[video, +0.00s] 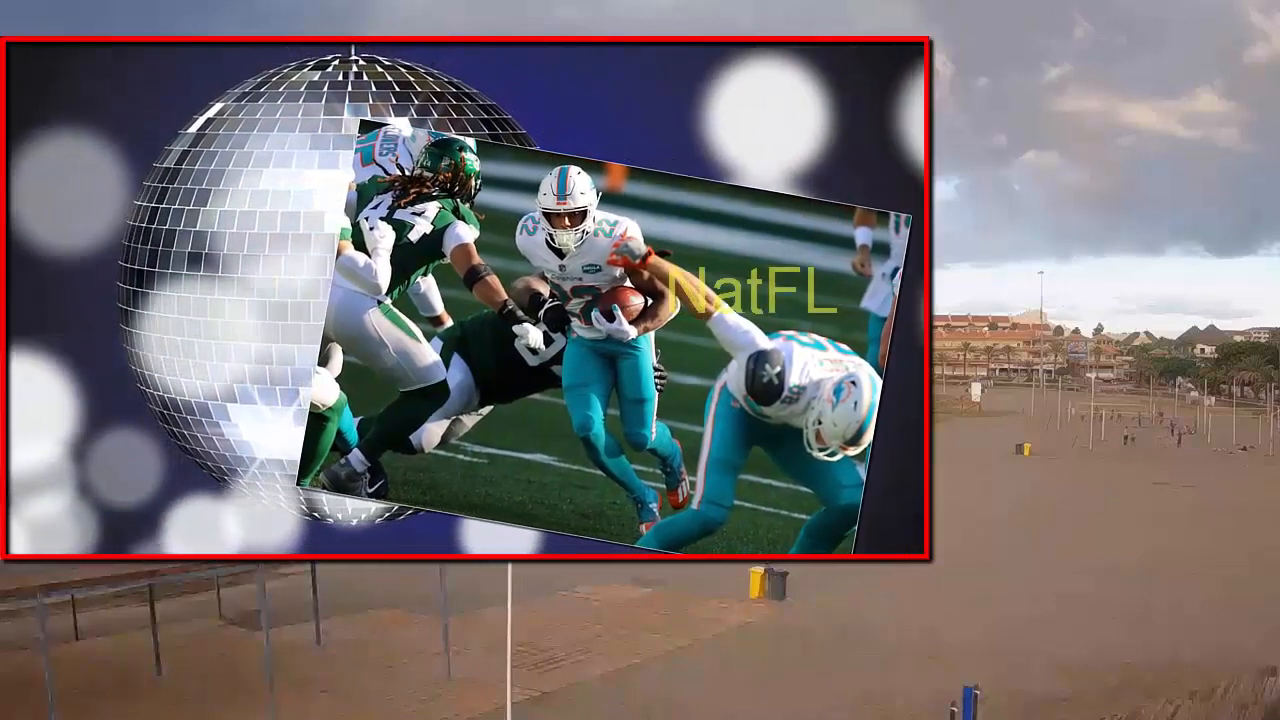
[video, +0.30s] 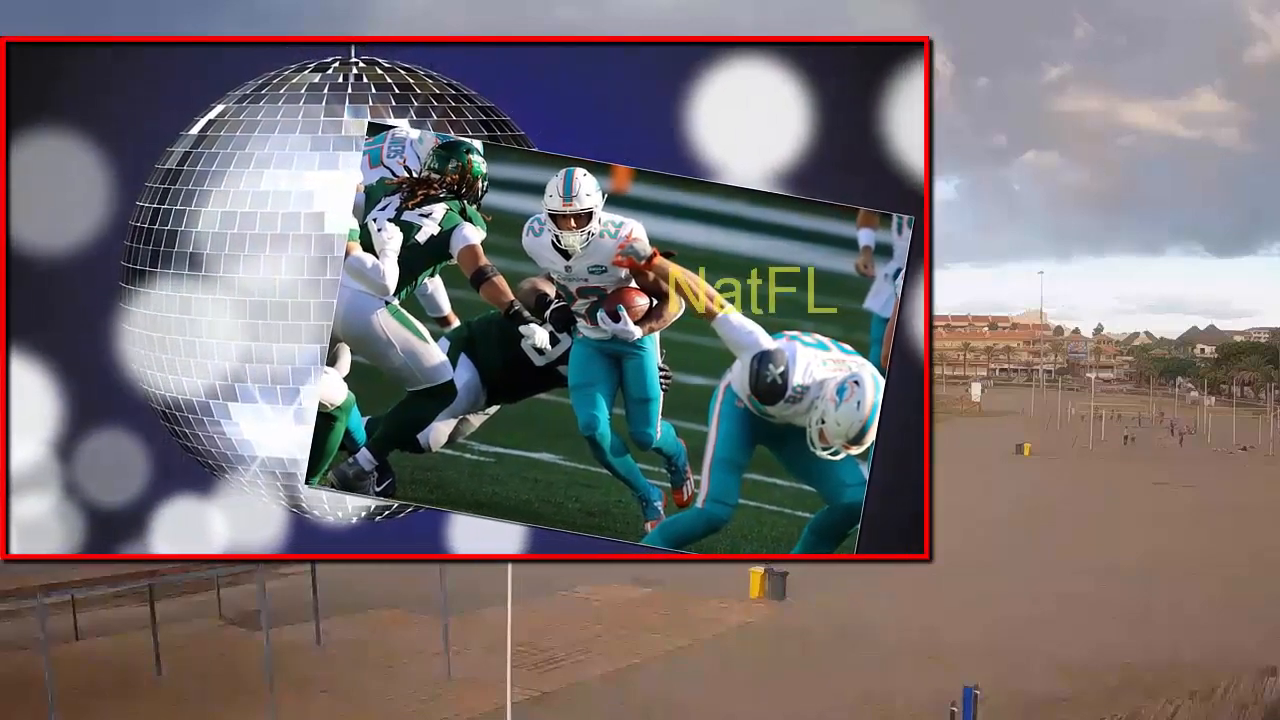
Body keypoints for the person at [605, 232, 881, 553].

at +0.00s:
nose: (829, 453)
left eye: (842, 450)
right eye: (825, 442)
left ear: (867, 429)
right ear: (817, 409)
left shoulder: (877, 414)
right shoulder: (769, 366)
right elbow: (707, 304)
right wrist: (647, 260)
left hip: (793, 423)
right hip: (739, 400)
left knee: (852, 500)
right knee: (711, 513)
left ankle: (792, 578)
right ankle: (631, 565)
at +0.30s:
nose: (832, 452)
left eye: (845, 449)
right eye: (828, 439)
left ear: (871, 428)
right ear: (820, 408)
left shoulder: (881, 414)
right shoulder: (775, 370)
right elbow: (711, 305)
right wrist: (653, 261)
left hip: (797, 423)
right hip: (744, 400)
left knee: (854, 498)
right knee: (715, 511)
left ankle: (794, 576)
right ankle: (633, 565)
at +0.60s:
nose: (833, 446)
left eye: (848, 445)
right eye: (831, 434)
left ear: (871, 429)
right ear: (824, 405)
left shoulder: (882, 415)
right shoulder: (782, 371)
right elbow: (717, 307)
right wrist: (660, 263)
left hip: (800, 423)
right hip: (747, 400)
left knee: (857, 499)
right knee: (720, 510)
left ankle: (797, 574)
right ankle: (639, 557)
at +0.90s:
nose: (838, 449)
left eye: (851, 446)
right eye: (835, 436)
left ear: (875, 428)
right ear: (827, 405)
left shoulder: (885, 413)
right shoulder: (787, 371)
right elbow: (721, 306)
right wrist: (665, 263)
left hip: (804, 422)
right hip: (751, 400)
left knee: (860, 498)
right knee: (725, 508)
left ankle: (799, 572)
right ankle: (648, 554)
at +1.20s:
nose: (839, 448)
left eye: (853, 446)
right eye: (837, 435)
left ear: (877, 428)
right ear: (831, 404)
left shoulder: (888, 411)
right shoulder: (790, 370)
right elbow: (725, 307)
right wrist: (670, 263)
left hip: (807, 421)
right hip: (755, 399)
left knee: (862, 496)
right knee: (728, 507)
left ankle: (801, 569)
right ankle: (651, 557)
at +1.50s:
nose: (843, 448)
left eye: (856, 445)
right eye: (840, 437)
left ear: (879, 426)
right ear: (833, 406)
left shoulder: (889, 409)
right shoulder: (793, 372)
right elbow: (729, 307)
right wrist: (674, 264)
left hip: (810, 420)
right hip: (759, 398)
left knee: (865, 494)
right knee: (733, 506)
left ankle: (805, 563)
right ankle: (657, 553)